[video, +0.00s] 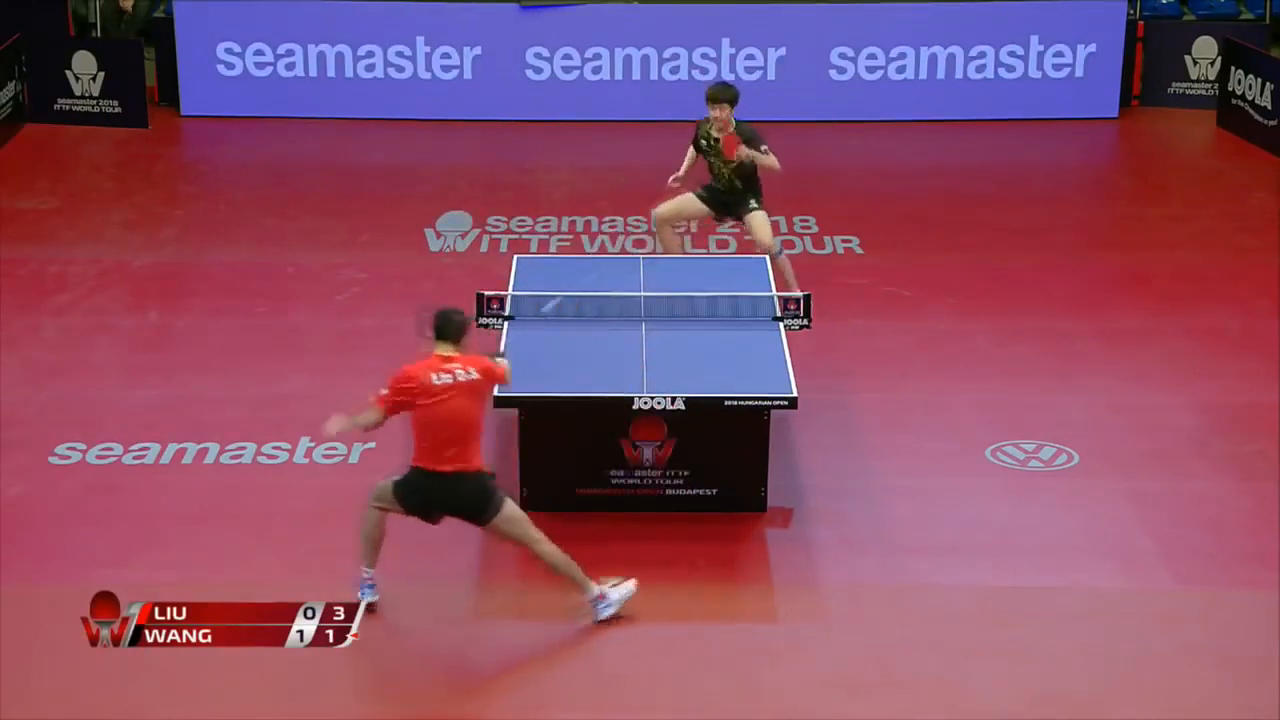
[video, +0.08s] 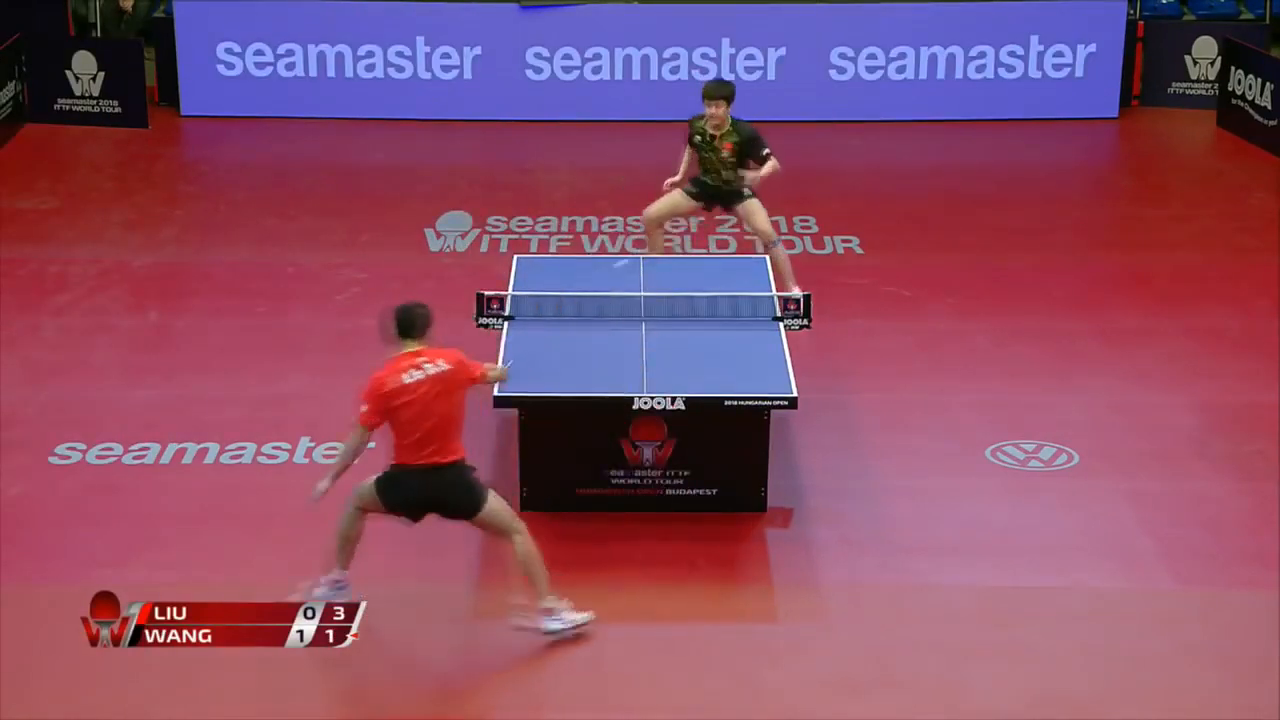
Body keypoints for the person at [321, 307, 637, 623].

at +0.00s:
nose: (469, 335)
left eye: (459, 332)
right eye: (468, 332)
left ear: (433, 334)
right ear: (463, 335)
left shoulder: (413, 375)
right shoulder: (480, 369)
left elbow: (373, 418)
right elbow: (505, 372)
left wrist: (345, 424)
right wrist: (497, 360)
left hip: (425, 484)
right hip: (471, 485)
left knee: (378, 499)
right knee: (534, 538)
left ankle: (366, 583)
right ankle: (597, 594)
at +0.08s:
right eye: (428, 327)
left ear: (397, 333)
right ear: (428, 330)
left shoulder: (384, 379)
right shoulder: (453, 362)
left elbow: (359, 438)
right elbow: (497, 374)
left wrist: (329, 478)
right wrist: (504, 369)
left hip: (406, 484)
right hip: (454, 481)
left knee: (358, 502)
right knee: (516, 530)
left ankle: (337, 578)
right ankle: (551, 607)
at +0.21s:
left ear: (352, 355)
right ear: (386, 351)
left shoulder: (343, 408)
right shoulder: (415, 383)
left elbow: (326, 466)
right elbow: (463, 411)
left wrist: (307, 487)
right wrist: (483, 395)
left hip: (375, 505)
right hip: (424, 500)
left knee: (325, 551)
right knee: (488, 541)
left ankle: (283, 612)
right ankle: (497, 621)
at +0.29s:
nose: (373, 367)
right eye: (373, 362)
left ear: (338, 368)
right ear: (371, 367)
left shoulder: (319, 420)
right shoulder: (391, 410)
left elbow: (308, 471)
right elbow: (443, 439)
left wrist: (305, 453)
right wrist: (476, 412)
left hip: (349, 525)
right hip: (397, 522)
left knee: (310, 544)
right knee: (467, 555)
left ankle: (280, 620)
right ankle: (493, 636)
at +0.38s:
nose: (371, 371)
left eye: (369, 365)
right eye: (370, 366)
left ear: (332, 369)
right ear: (365, 372)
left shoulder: (301, 410)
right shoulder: (372, 419)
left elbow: (278, 447)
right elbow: (429, 451)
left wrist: (316, 439)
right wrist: (457, 427)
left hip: (315, 530)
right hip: (362, 529)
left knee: (295, 535)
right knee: (441, 561)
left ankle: (272, 618)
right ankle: (487, 638)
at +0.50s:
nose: (363, 374)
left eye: (361, 369)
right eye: (362, 370)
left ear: (323, 371)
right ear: (358, 375)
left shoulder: (291, 403)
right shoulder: (355, 423)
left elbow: (259, 433)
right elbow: (408, 460)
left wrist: (299, 438)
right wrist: (451, 456)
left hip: (265, 519)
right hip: (308, 526)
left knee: (254, 545)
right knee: (388, 582)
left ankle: (242, 623)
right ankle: (412, 672)